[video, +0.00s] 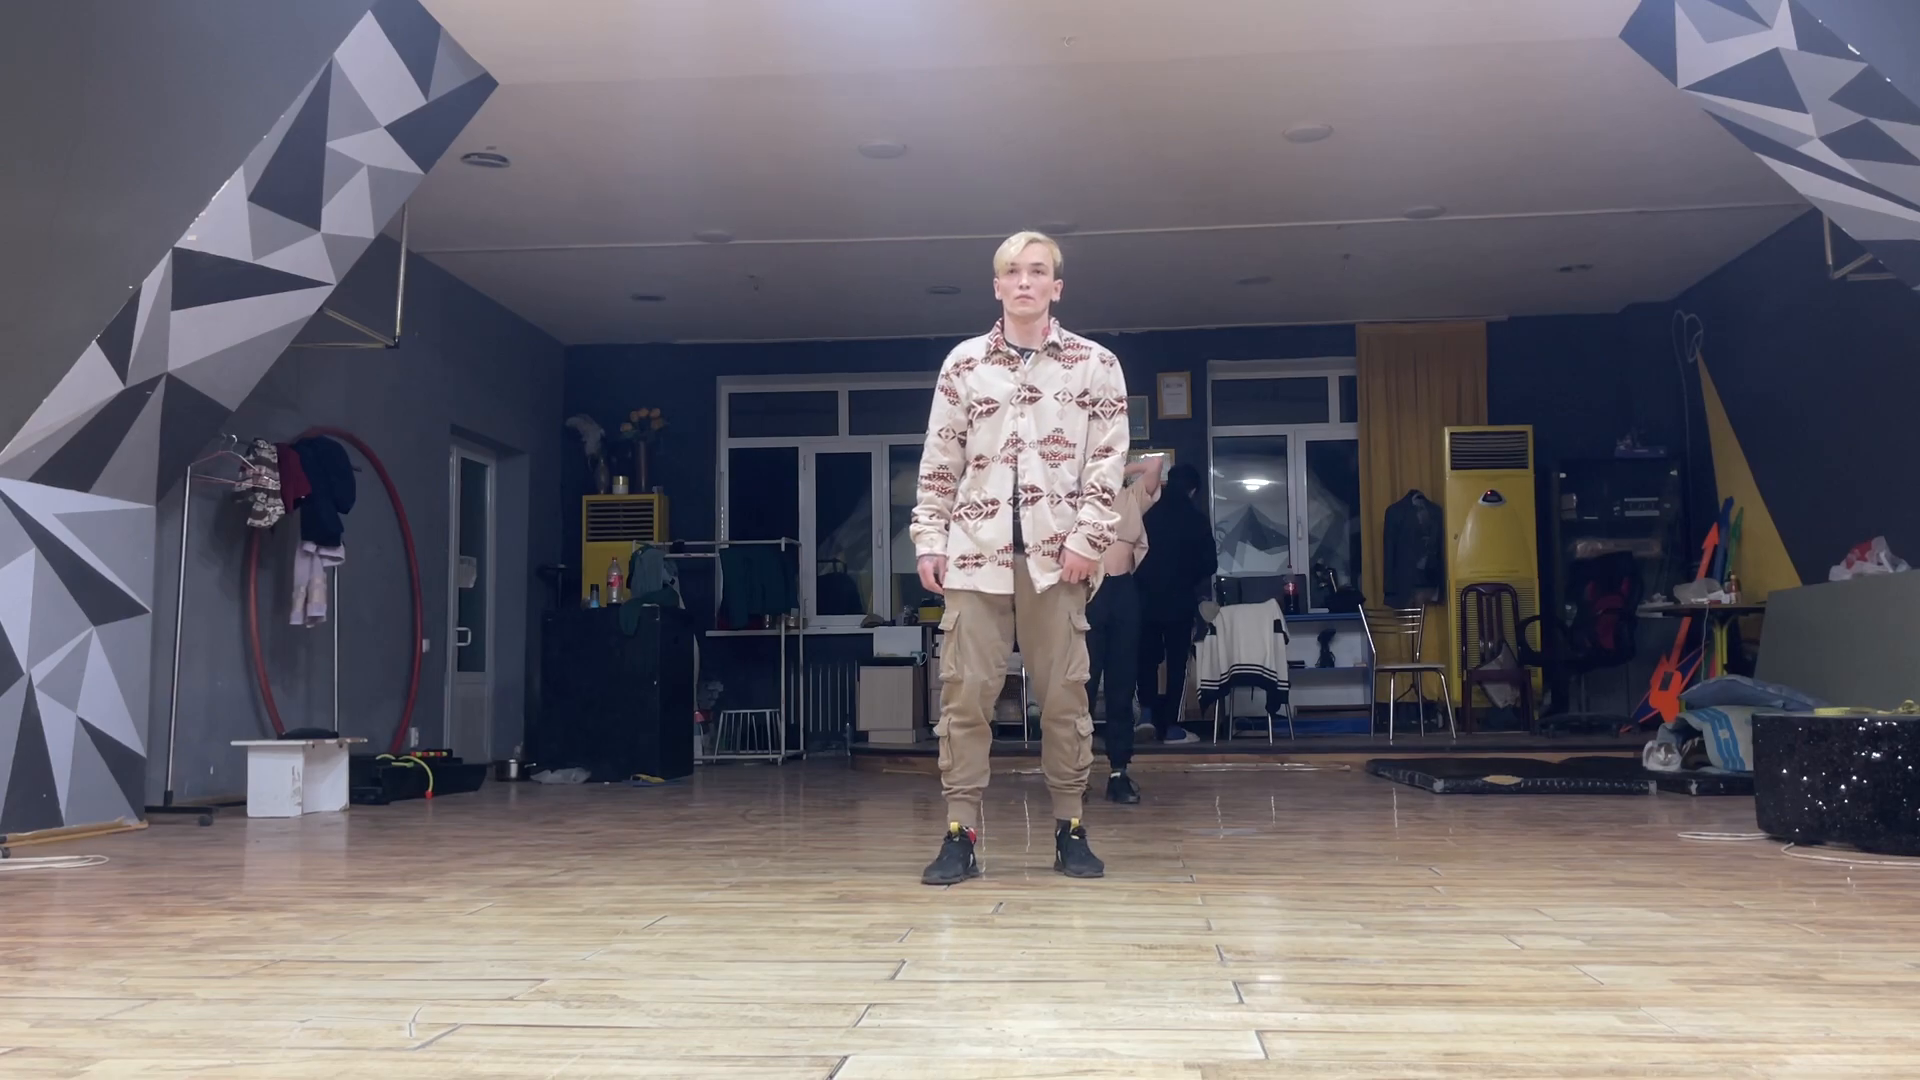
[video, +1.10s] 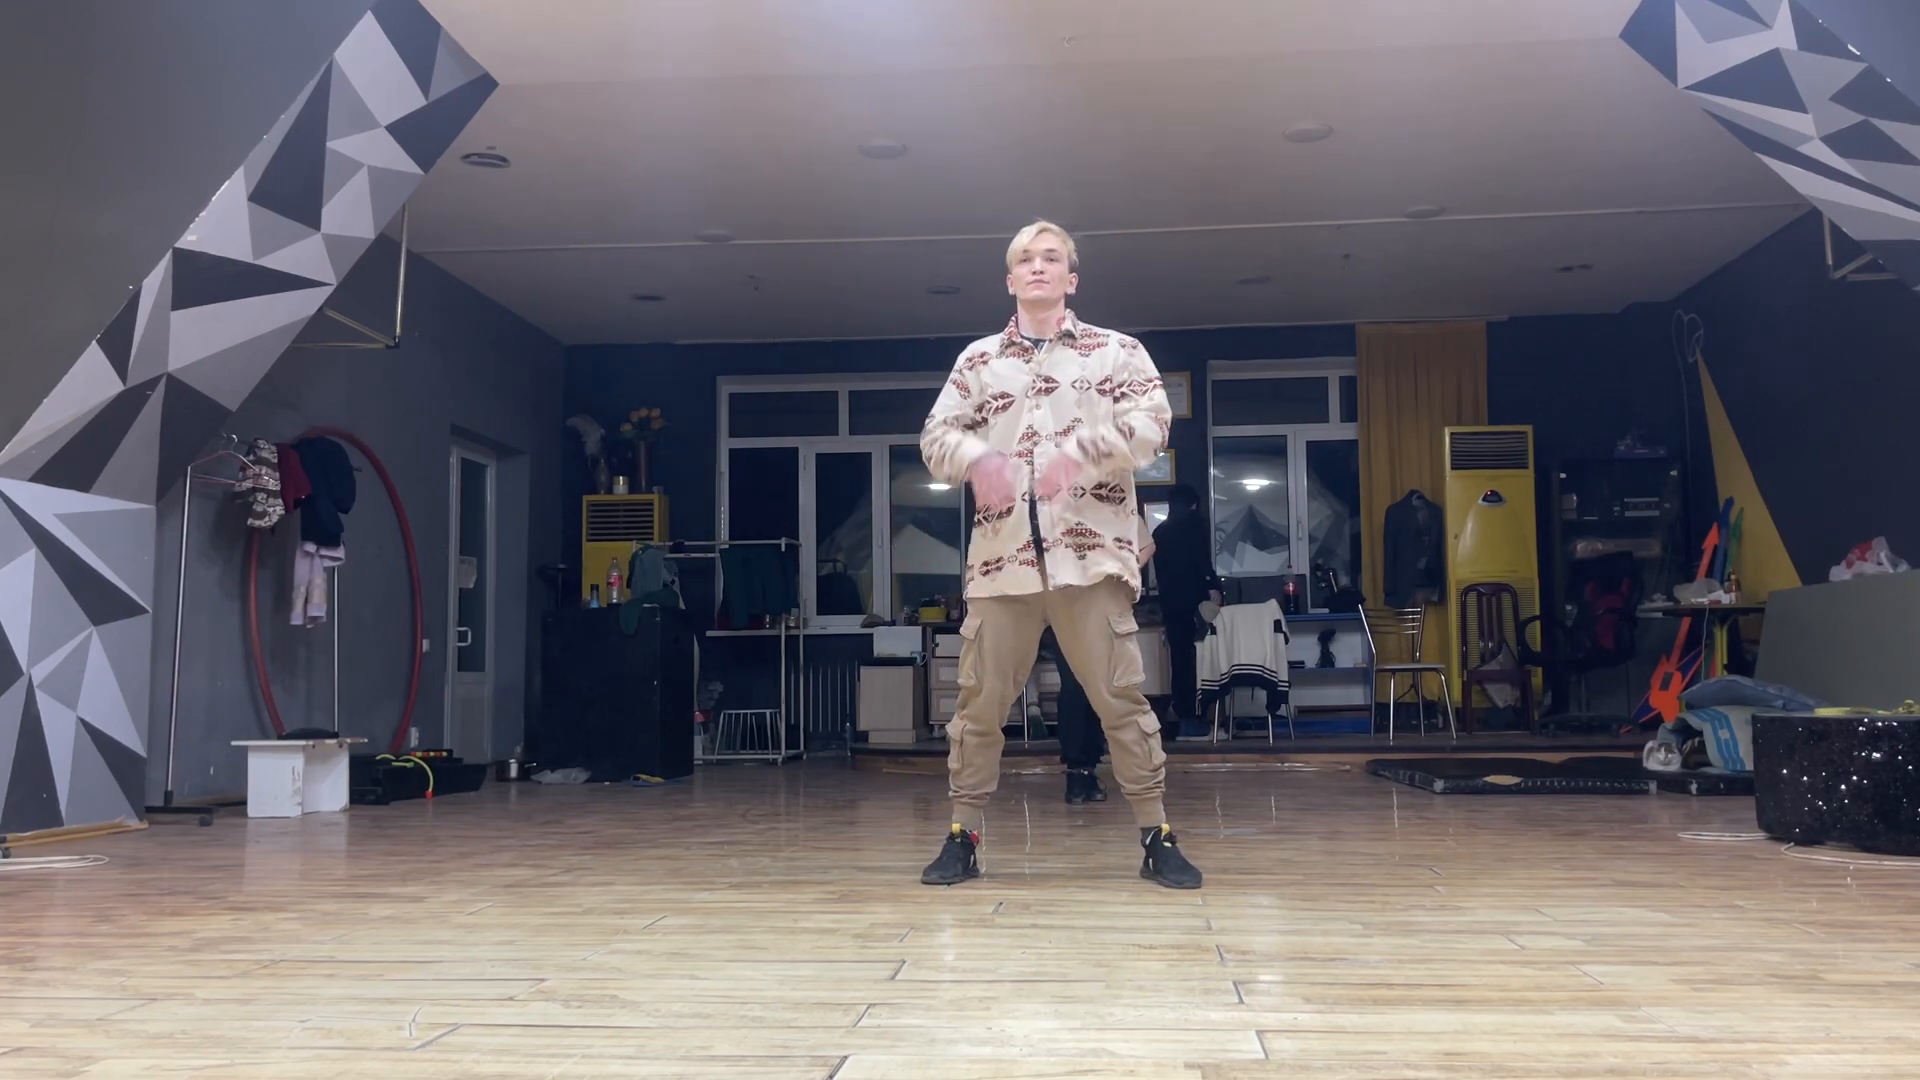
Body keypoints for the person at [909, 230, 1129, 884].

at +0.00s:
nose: (1025, 281)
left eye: (1038, 272)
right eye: (1014, 272)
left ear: (1057, 285)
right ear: (997, 284)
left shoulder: (1095, 364)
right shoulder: (963, 363)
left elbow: (1108, 465)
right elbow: (938, 464)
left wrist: (1087, 540)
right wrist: (929, 540)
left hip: (1058, 555)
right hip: (975, 555)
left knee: (1063, 695)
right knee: (965, 694)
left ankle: (1071, 831)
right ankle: (959, 835)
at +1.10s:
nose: (1038, 267)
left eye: (1050, 258)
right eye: (1026, 260)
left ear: (1072, 278)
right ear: (1008, 280)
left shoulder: (1116, 351)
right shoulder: (977, 361)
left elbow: (1150, 427)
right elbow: (937, 437)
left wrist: (1081, 452)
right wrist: (977, 458)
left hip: (1092, 553)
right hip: (1002, 557)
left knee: (1120, 695)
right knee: (981, 700)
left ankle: (1157, 836)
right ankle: (962, 837)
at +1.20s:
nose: (1043, 262)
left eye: (1056, 253)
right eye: (1031, 253)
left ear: (1076, 271)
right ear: (1013, 271)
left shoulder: (1107, 342)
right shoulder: (983, 346)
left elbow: (1158, 394)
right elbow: (937, 418)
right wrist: (972, 362)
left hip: (1091, 561)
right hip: (998, 563)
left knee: (1122, 701)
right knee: (977, 703)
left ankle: (1155, 836)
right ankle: (962, 837)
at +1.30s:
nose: (1055, 266)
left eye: (1066, 257)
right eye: (1041, 257)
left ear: (1084, 270)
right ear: (1019, 272)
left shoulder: (1116, 335)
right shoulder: (995, 337)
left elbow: (1167, 388)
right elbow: (961, 403)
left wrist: (1129, 325)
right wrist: (1011, 335)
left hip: (1094, 562)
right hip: (1004, 564)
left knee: (1137, 690)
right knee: (977, 710)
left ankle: (1098, 834)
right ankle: (961, 837)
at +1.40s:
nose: (1083, 277)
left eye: (1091, 268)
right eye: (1068, 267)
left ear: (1101, 283)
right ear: (1038, 282)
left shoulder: (1116, 371)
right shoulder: (1003, 363)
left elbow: (1147, 457)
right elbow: (998, 462)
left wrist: (1159, 488)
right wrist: (1089, 490)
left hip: (1104, 571)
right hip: (1023, 573)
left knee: (1113, 709)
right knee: (1017, 717)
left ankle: (1051, 846)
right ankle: (962, 822)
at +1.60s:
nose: (1114, 291)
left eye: (1123, 281)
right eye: (1100, 279)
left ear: (1130, 290)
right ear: (1067, 287)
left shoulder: (1100, 371)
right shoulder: (1041, 351)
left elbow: (1109, 469)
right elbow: (1017, 417)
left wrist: (1170, 486)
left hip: (1096, 560)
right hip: (1044, 549)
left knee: (1144, 698)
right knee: (1076, 676)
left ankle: (1061, 839)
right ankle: (973, 831)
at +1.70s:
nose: (1123, 316)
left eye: (1129, 304)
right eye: (1109, 304)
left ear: (1132, 307)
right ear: (1067, 309)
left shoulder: (1103, 375)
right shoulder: (1050, 357)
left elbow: (1116, 378)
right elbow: (1020, 316)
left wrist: (1151, 367)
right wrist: (1095, 253)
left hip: (1085, 580)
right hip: (1054, 573)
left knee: (1139, 711)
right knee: (1085, 716)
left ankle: (1063, 841)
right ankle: (962, 853)